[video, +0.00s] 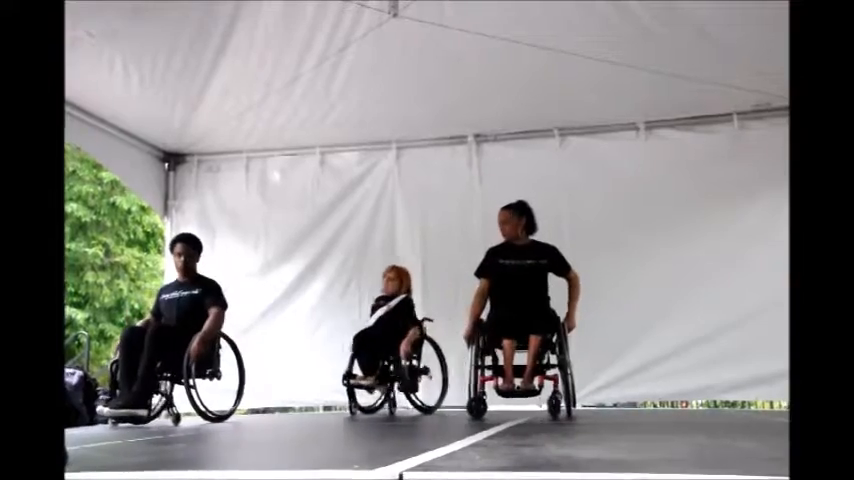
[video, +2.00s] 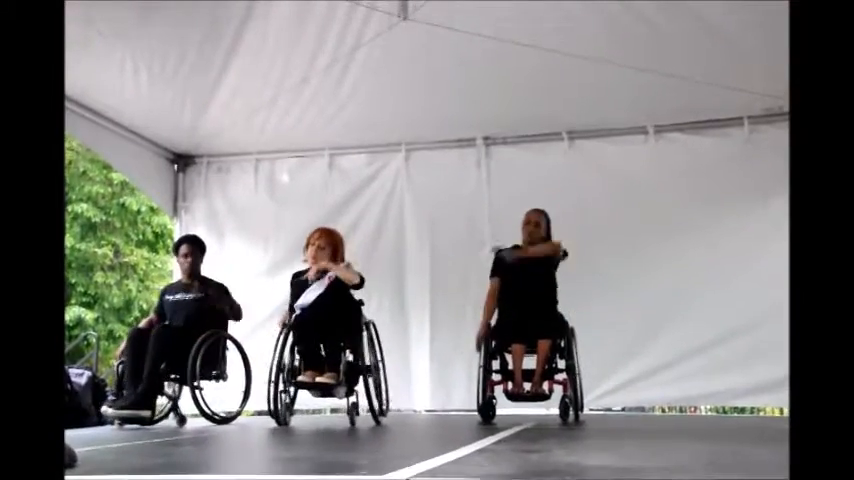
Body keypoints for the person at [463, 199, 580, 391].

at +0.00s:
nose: (501, 228)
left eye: (505, 223)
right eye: (500, 223)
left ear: (521, 223)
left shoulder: (545, 252)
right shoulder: (494, 254)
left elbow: (572, 278)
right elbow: (483, 289)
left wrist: (571, 315)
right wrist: (472, 323)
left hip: (535, 311)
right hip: (505, 312)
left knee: (539, 322)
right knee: (508, 324)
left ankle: (528, 378)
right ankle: (508, 378)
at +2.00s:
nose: (531, 228)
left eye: (538, 224)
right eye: (527, 223)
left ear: (546, 229)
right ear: (522, 227)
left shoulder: (552, 251)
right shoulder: (505, 255)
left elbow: (553, 249)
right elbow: (493, 291)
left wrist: (520, 252)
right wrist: (485, 324)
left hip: (542, 311)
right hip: (514, 311)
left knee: (547, 326)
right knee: (517, 328)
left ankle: (537, 382)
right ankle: (517, 382)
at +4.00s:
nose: (599, 241)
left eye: (598, 237)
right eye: (597, 237)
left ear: (575, 242)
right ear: (594, 239)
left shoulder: (561, 266)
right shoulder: (610, 263)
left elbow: (545, 305)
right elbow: (624, 301)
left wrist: (563, 295)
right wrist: (619, 330)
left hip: (569, 338)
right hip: (599, 336)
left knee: (551, 326)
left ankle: (555, 380)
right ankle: (579, 383)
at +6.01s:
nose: (633, 217)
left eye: (636, 212)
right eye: (627, 212)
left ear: (640, 217)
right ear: (613, 217)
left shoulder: (649, 246)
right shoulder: (604, 242)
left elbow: (679, 256)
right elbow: (589, 256)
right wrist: (601, 258)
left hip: (649, 310)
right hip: (616, 311)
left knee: (679, 303)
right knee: (649, 316)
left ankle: (672, 377)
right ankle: (651, 380)